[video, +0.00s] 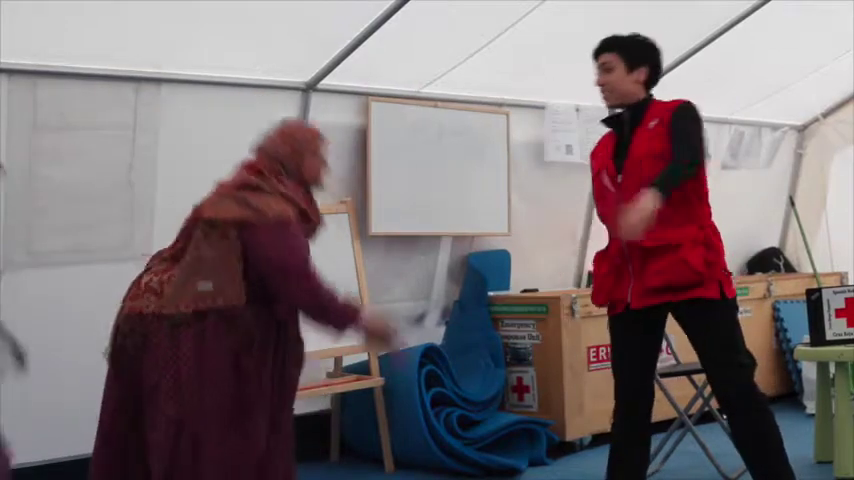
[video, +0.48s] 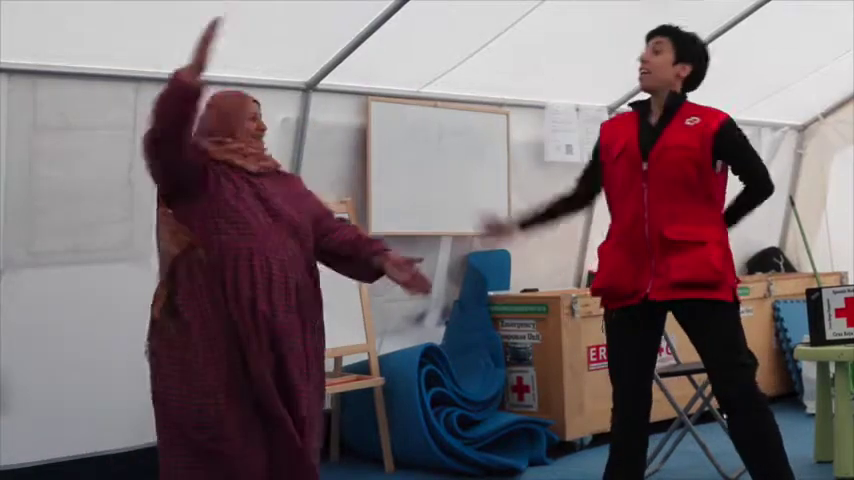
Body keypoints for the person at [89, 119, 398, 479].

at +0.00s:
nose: (324, 165)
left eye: (322, 156)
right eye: (318, 156)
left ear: (279, 155)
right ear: (296, 159)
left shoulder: (236, 193)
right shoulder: (273, 210)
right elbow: (298, 286)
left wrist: (339, 304)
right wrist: (358, 319)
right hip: (202, 338)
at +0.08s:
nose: (299, 139)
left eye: (297, 130)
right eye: (291, 130)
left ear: (251, 134)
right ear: (268, 135)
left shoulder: (225, 179)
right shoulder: (253, 187)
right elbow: (292, 240)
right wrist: (360, 253)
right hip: (232, 350)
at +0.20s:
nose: (271, 124)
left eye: (269, 117)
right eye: (261, 117)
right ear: (232, 122)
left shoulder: (260, 173)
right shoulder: (212, 161)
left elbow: (275, 260)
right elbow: (251, 179)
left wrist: (310, 313)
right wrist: (337, 150)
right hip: (214, 334)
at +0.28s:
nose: (253, 125)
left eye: (255, 118)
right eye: (241, 116)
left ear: (263, 128)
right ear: (207, 125)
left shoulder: (275, 194)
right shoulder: (187, 170)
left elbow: (308, 255)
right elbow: (231, 150)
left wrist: (358, 294)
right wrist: (297, 99)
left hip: (279, 356)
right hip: (211, 359)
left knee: (285, 457)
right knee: (220, 461)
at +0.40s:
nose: (255, 125)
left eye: (255, 117)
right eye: (243, 116)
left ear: (255, 127)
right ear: (215, 127)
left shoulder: (279, 188)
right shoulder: (193, 180)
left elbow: (324, 238)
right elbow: (195, 132)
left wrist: (379, 265)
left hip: (286, 351)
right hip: (210, 357)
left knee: (289, 458)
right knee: (221, 462)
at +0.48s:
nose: (262, 126)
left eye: (261, 119)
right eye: (252, 119)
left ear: (253, 129)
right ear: (220, 128)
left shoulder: (285, 186)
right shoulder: (191, 178)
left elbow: (329, 232)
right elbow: (168, 140)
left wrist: (382, 259)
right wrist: (189, 79)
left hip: (286, 351)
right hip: (206, 357)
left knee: (288, 457)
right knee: (215, 459)